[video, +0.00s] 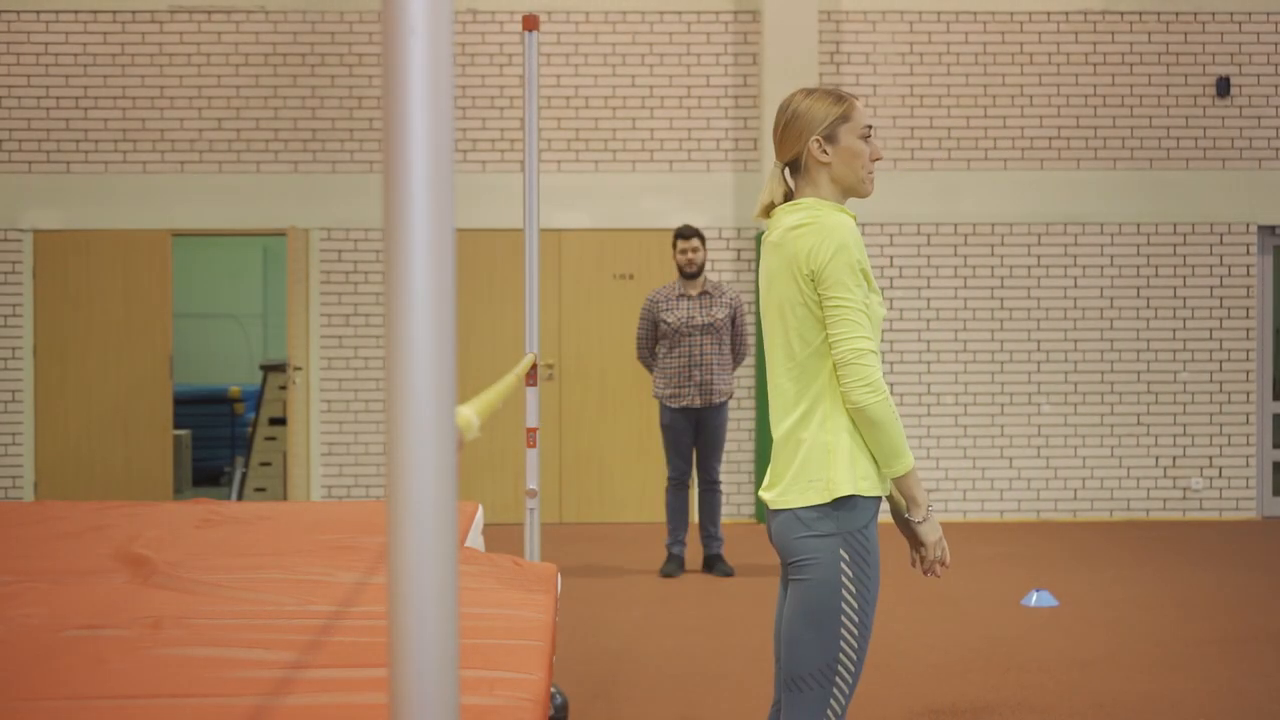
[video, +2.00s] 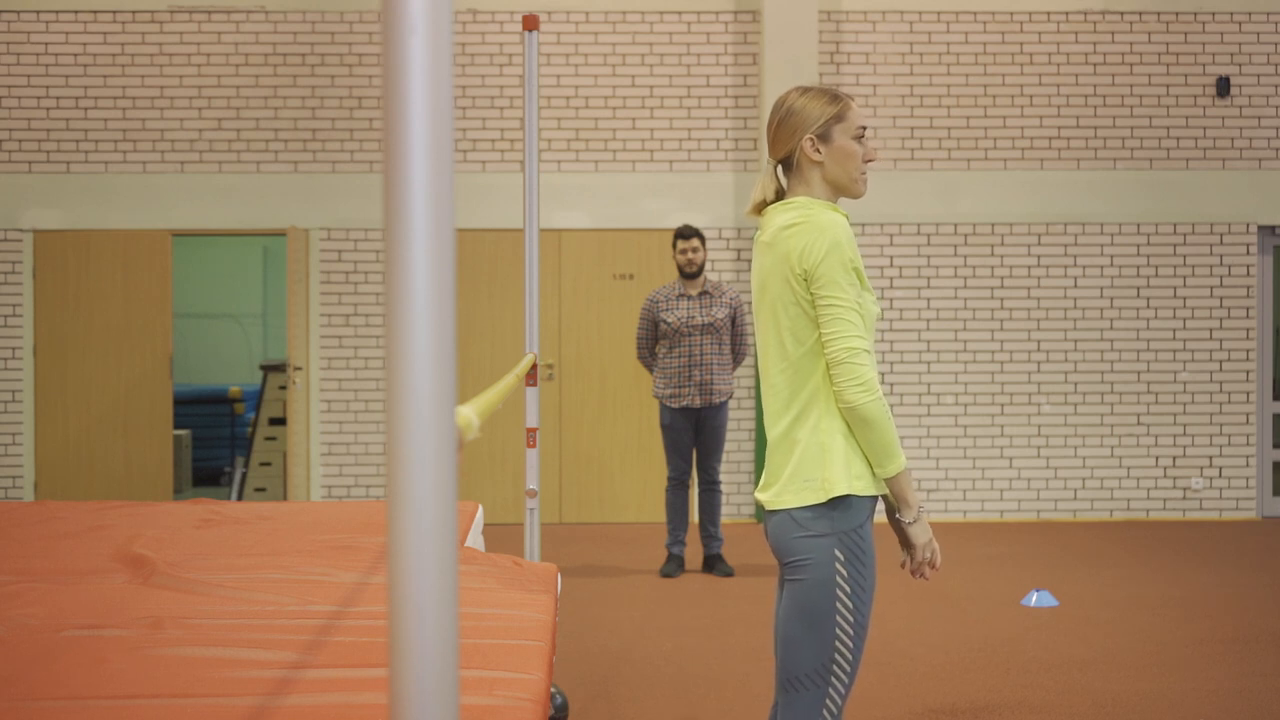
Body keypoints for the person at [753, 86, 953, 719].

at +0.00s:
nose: (876, 151)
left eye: (871, 136)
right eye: (864, 137)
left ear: (819, 154)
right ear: (821, 151)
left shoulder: (786, 230)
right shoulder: (831, 230)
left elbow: (823, 388)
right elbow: (859, 382)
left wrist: (904, 509)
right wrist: (915, 501)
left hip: (800, 499)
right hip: (833, 502)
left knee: (796, 705)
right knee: (818, 706)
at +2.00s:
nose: (870, 152)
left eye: (866, 138)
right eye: (857, 138)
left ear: (812, 152)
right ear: (813, 149)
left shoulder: (779, 229)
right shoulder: (823, 229)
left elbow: (791, 384)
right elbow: (854, 384)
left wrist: (897, 508)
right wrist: (906, 503)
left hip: (798, 502)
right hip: (828, 504)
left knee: (802, 705)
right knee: (814, 707)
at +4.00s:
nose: (849, 159)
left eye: (848, 144)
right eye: (840, 144)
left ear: (790, 151)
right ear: (792, 149)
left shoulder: (782, 221)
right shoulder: (783, 222)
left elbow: (913, 176)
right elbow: (932, 180)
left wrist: (1005, 94)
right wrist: (1028, 89)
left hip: (814, 494)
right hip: (819, 497)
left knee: (802, 702)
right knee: (814, 704)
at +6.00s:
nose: (853, 164)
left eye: (849, 148)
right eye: (839, 148)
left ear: (791, 155)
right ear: (797, 155)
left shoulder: (793, 231)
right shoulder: (781, 229)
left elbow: (829, 92)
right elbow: (854, 83)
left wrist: (810, 5)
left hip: (841, 489)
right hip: (837, 491)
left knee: (812, 701)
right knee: (824, 704)